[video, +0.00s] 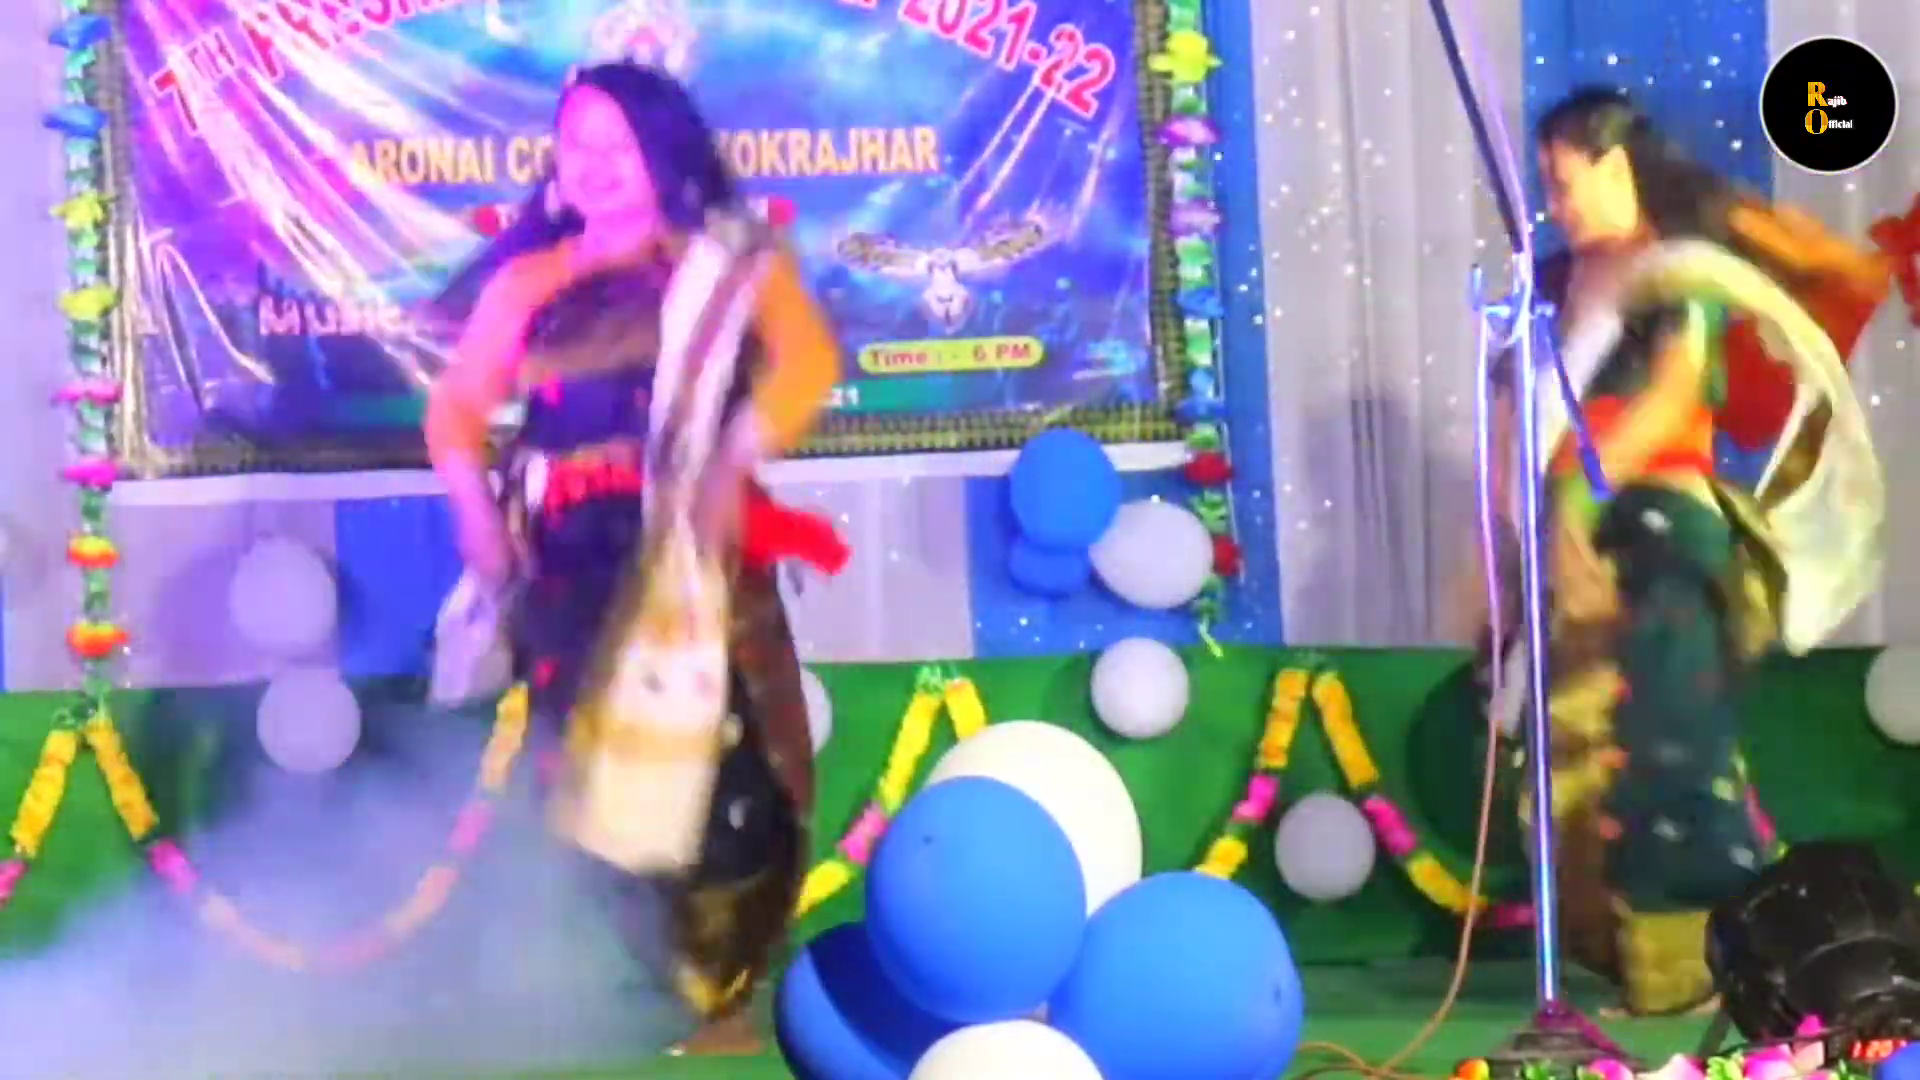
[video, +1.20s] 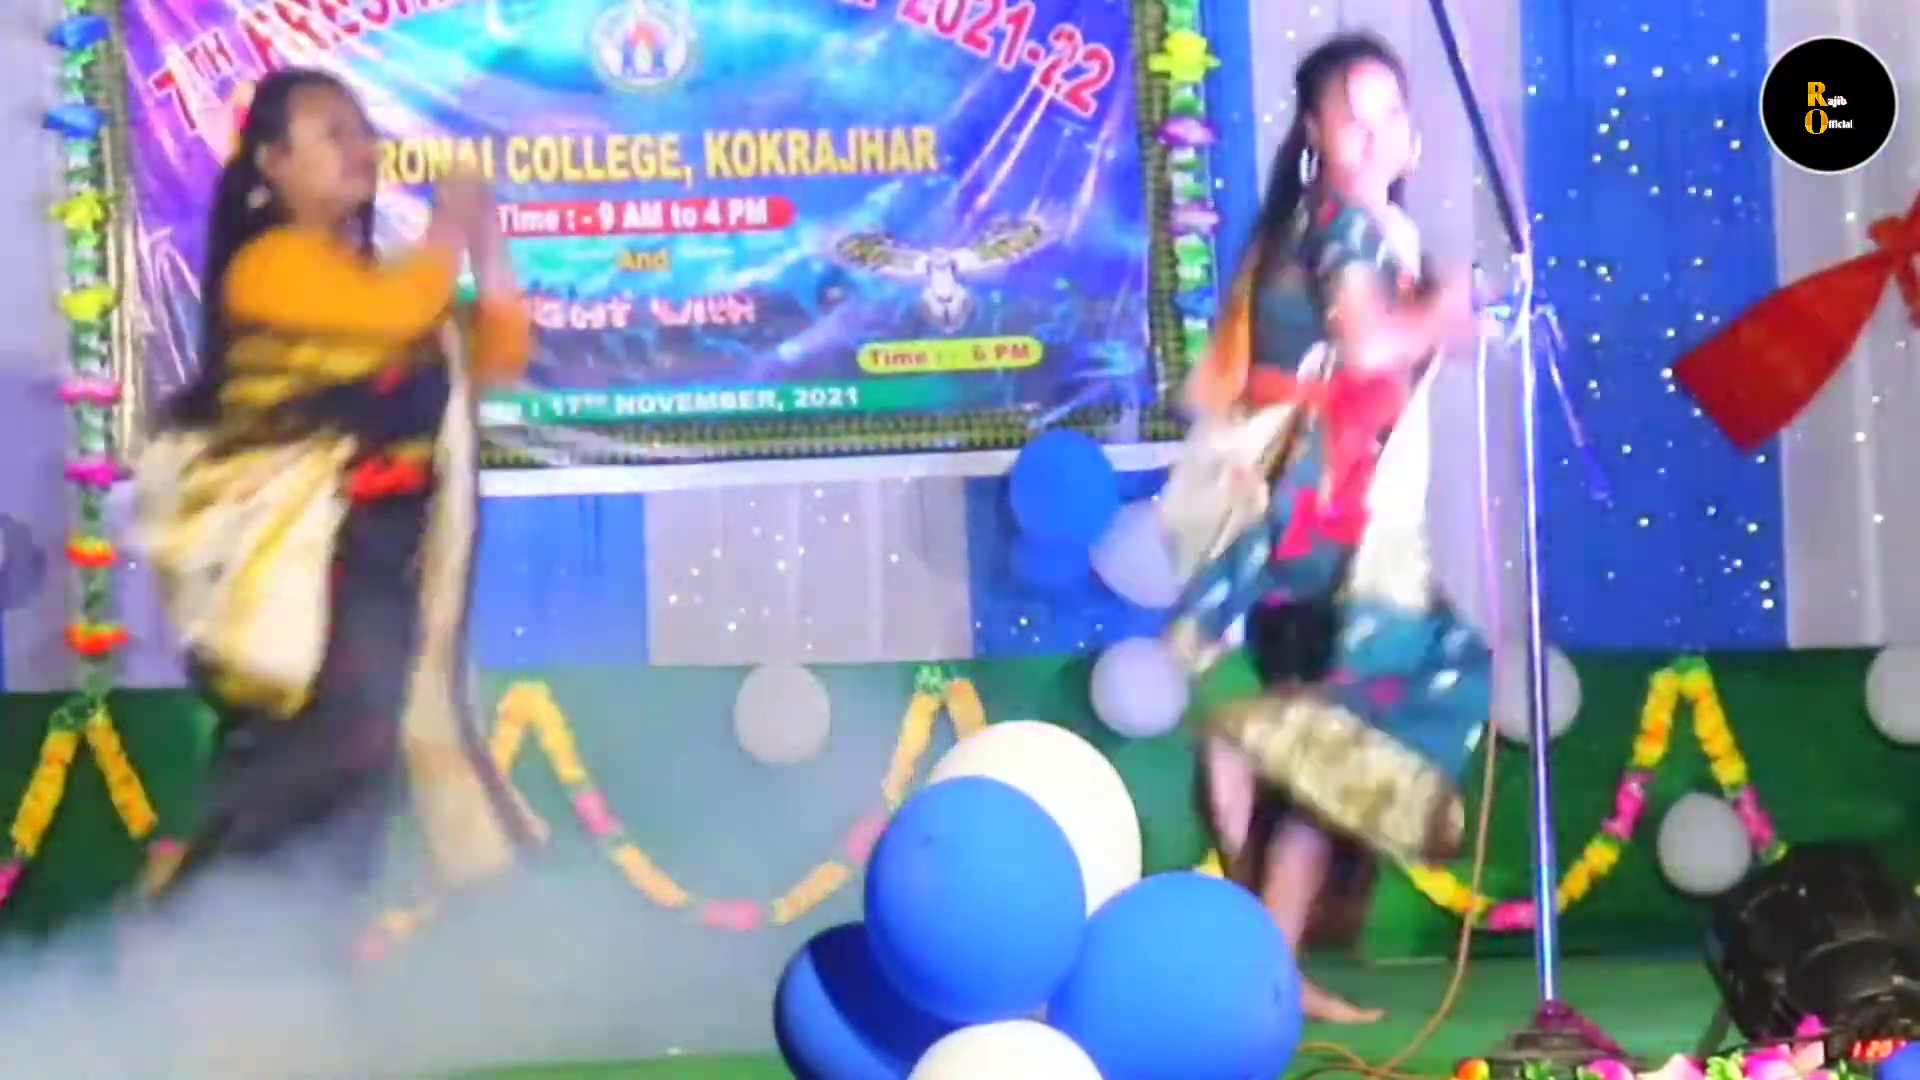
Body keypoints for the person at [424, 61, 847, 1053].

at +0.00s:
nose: (591, 170)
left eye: (612, 148)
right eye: (574, 152)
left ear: (665, 150)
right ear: (554, 167)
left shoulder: (732, 260)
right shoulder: (530, 281)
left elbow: (812, 363)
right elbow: (452, 410)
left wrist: (738, 457)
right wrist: (482, 527)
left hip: (696, 550)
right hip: (569, 553)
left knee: (732, 761)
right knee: (585, 761)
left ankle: (729, 984)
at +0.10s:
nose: (588, 198)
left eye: (610, 179)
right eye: (569, 181)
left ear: (656, 189)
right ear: (546, 199)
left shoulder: (732, 314)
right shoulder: (511, 325)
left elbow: (791, 435)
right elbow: (463, 465)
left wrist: (726, 537)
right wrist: (497, 584)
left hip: (696, 606)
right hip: (561, 615)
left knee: (727, 810)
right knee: (563, 823)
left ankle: (720, 993)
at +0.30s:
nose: (546, 118)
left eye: (567, 104)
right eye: (525, 98)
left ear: (593, 124)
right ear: (481, 113)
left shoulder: (629, 228)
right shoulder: (418, 238)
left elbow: (698, 342)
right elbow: (351, 368)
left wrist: (637, 440)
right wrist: (382, 474)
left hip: (588, 518)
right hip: (461, 525)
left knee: (619, 748)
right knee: (462, 756)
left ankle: (651, 997)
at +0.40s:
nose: (486, 127)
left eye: (505, 111)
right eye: (463, 107)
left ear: (527, 132)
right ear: (416, 120)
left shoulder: (559, 245)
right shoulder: (346, 244)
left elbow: (636, 359)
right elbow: (272, 374)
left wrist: (573, 461)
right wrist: (306, 486)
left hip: (515, 528)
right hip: (385, 530)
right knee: (372, 754)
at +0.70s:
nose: (402, 154)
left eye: (416, 135)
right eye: (382, 131)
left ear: (434, 151)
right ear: (335, 138)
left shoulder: (456, 272)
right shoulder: (254, 261)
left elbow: (542, 396)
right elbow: (160, 391)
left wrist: (498, 510)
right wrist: (189, 526)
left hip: (398, 558)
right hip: (269, 561)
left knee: (386, 788)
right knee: (252, 788)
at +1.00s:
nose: (337, 200)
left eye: (341, 181)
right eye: (314, 182)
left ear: (349, 185)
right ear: (257, 191)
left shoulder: (371, 311)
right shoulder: (210, 310)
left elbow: (453, 405)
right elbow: (142, 438)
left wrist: (527, 491)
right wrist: (212, 508)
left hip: (341, 591)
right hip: (228, 591)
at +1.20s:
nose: (359, 148)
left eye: (362, 131)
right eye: (331, 135)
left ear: (375, 149)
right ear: (270, 167)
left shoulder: (377, 283)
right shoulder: (270, 266)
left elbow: (496, 359)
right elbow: (399, 312)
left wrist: (489, 252)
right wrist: (451, 230)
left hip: (382, 541)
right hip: (307, 539)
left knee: (360, 745)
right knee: (337, 737)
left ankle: (325, 937)